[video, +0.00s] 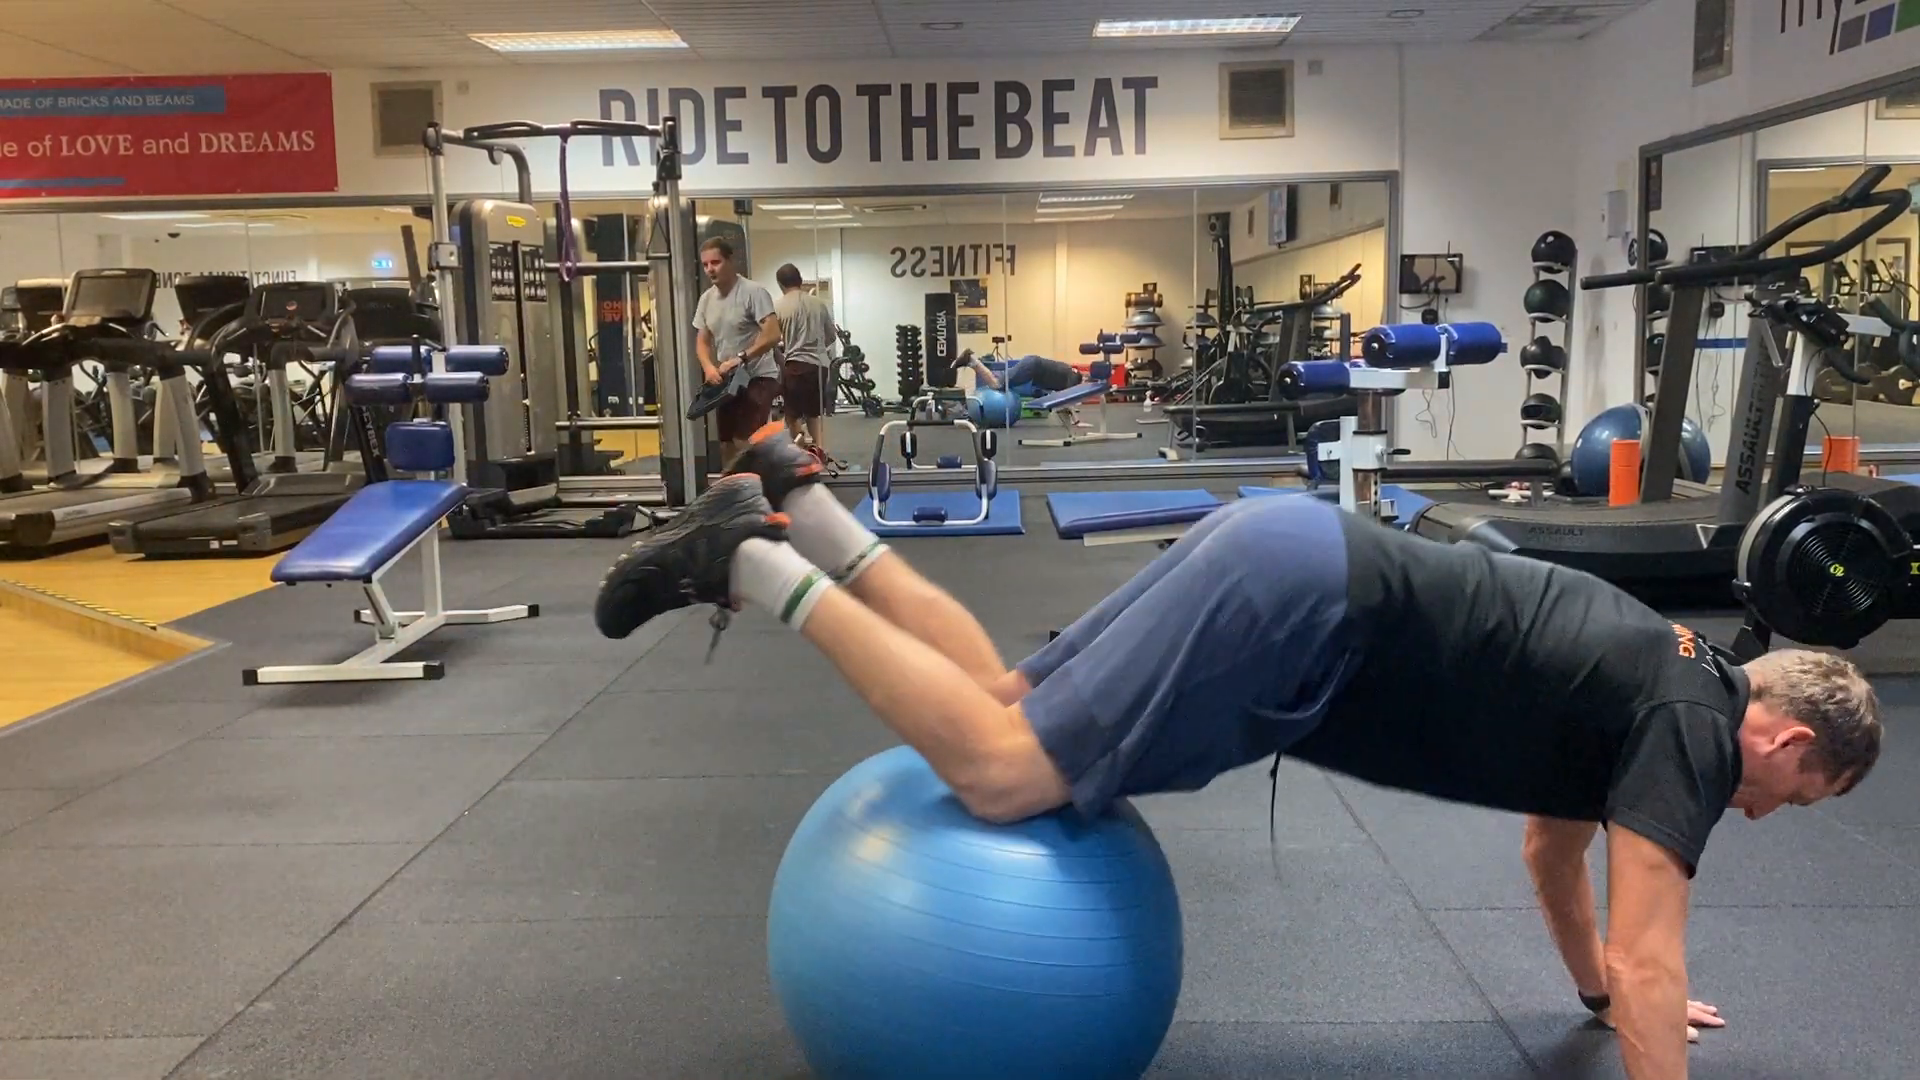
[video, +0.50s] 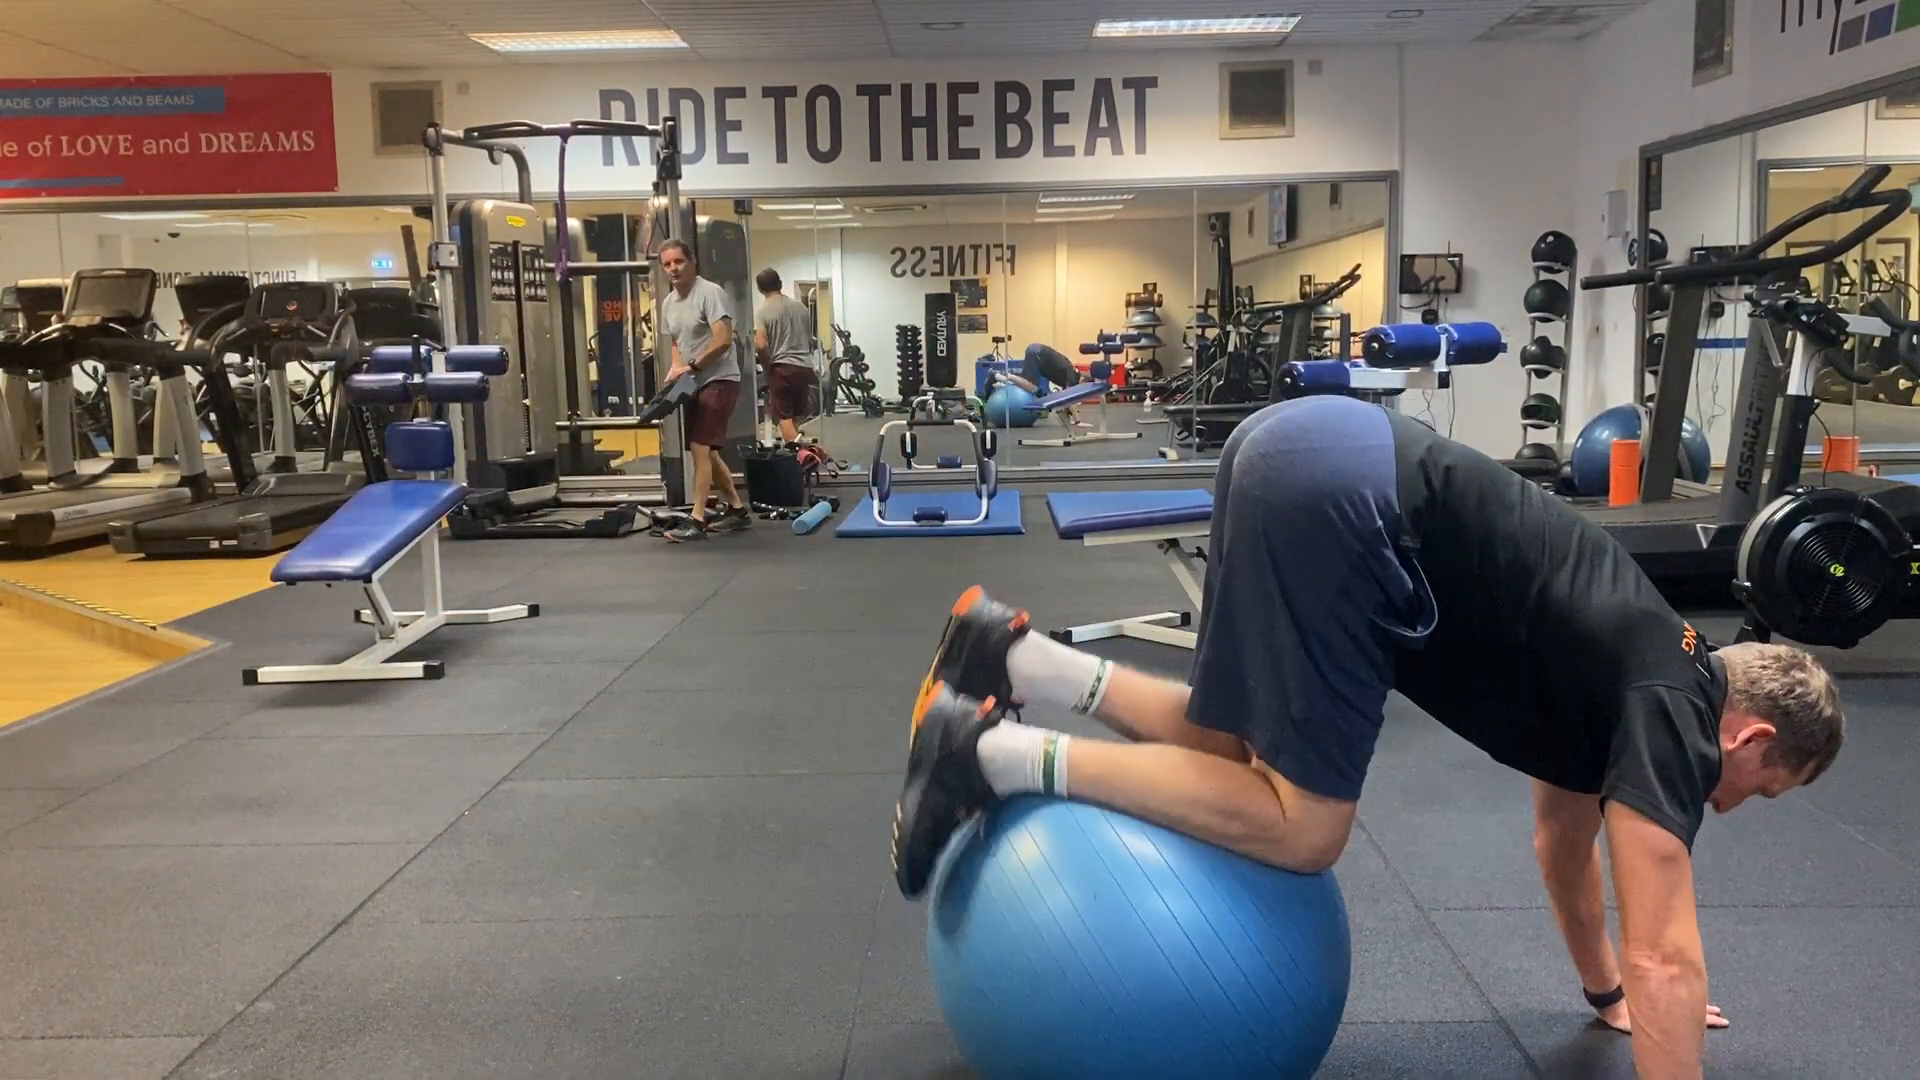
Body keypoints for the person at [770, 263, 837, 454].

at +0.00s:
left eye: (780, 283)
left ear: (780, 284)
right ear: (801, 280)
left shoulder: (778, 307)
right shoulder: (819, 303)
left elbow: (774, 340)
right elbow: (830, 335)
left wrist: (782, 361)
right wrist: (816, 349)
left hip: (793, 365)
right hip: (818, 365)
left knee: (792, 415)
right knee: (814, 415)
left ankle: (801, 454)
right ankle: (819, 455)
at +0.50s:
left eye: (761, 287)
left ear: (760, 289)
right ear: (780, 284)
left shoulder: (762, 312)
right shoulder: (801, 307)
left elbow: (761, 345)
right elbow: (810, 341)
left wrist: (767, 366)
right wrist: (800, 354)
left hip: (781, 369)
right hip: (805, 369)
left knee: (785, 418)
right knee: (795, 417)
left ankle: (799, 457)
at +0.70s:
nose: (752, 294)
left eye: (752, 290)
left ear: (753, 290)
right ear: (771, 285)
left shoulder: (760, 309)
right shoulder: (792, 305)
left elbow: (762, 344)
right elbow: (798, 335)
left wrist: (763, 358)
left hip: (779, 366)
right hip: (801, 366)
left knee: (768, 414)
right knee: (789, 413)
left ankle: (789, 444)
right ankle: (795, 449)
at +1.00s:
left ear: (741, 295)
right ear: (751, 289)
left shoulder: (754, 308)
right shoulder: (770, 304)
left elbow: (762, 348)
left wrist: (747, 360)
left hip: (777, 365)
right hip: (792, 363)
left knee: (759, 414)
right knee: (781, 413)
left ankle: (759, 455)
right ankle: (788, 453)